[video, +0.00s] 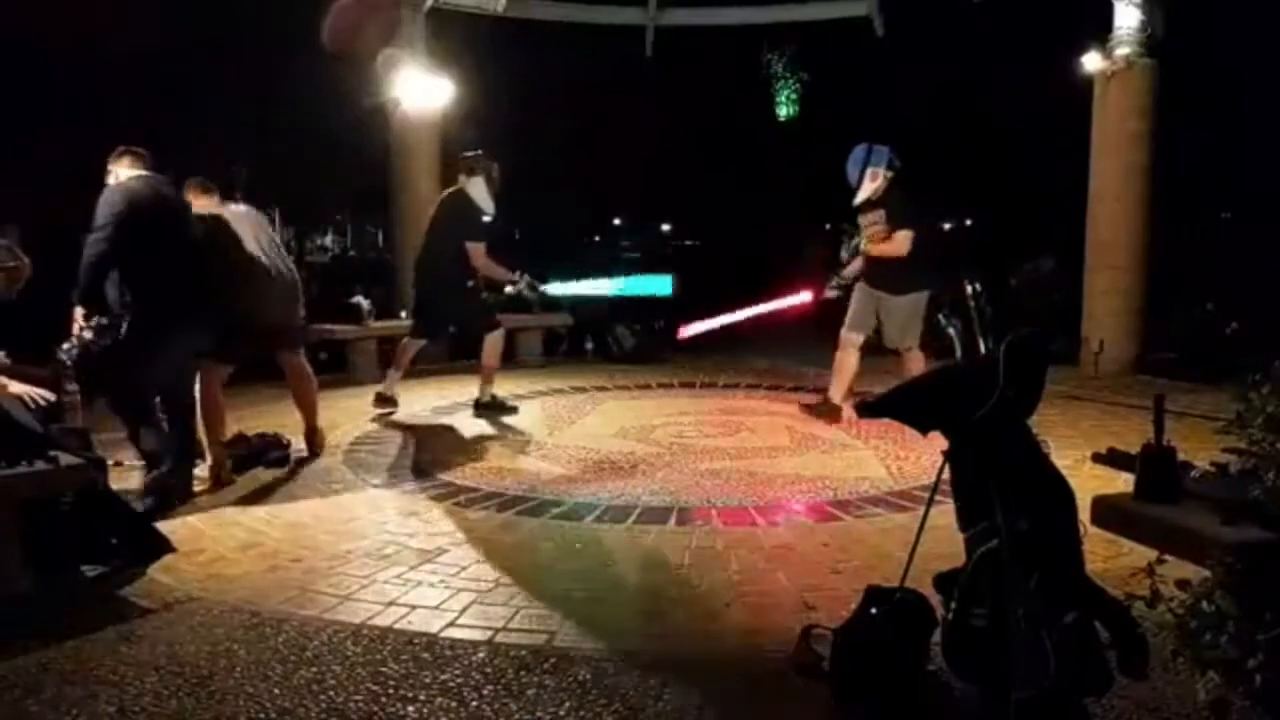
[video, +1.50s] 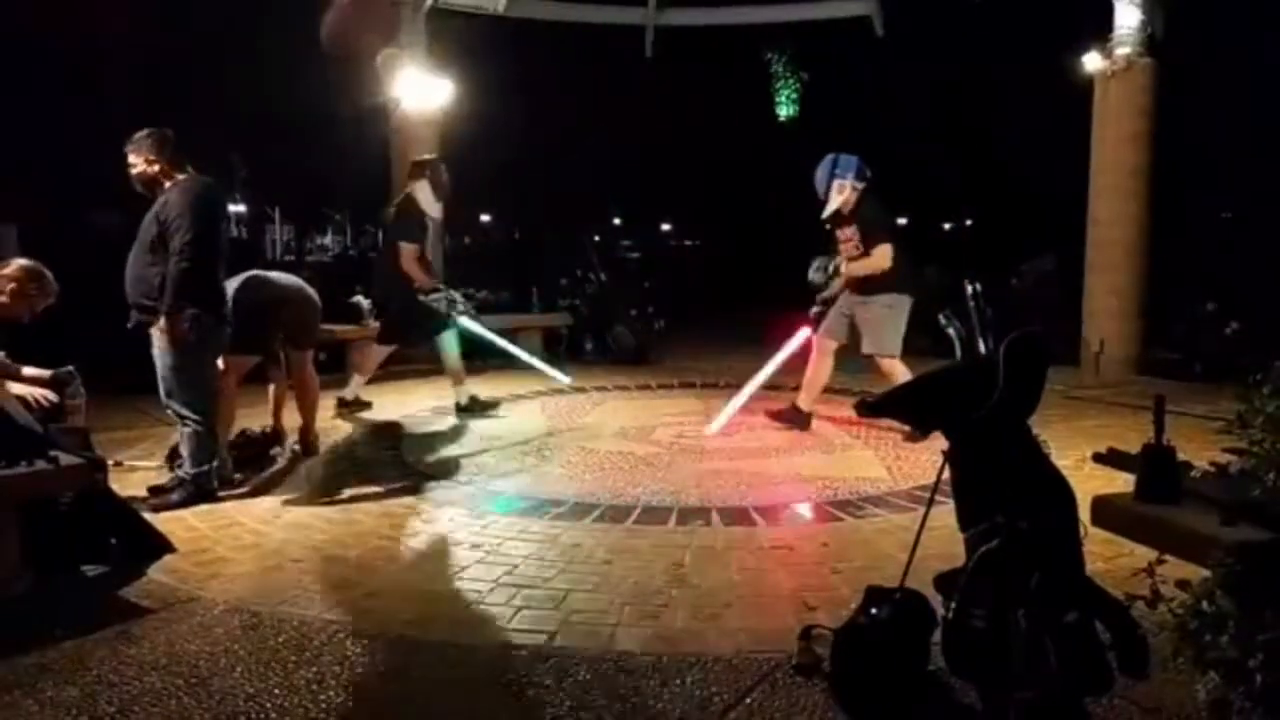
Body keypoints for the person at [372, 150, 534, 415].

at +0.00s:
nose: (494, 185)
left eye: (493, 179)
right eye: (492, 179)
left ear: (465, 176)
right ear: (481, 178)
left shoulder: (449, 199)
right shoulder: (471, 208)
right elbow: (479, 261)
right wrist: (513, 278)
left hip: (429, 281)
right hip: (453, 284)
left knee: (419, 333)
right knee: (493, 332)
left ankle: (387, 389)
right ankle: (486, 396)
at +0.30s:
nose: (475, 183)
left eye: (474, 176)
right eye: (470, 177)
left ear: (449, 180)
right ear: (456, 179)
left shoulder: (449, 208)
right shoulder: (437, 212)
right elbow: (436, 264)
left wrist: (458, 287)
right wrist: (463, 289)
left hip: (422, 288)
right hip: (426, 289)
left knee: (404, 340)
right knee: (477, 329)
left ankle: (365, 394)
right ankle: (484, 397)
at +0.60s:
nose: (449, 181)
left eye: (448, 174)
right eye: (445, 174)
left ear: (420, 174)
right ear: (433, 174)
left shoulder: (416, 201)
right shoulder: (414, 202)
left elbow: (425, 247)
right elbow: (424, 249)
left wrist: (448, 259)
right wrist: (455, 258)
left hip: (400, 283)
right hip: (407, 284)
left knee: (391, 337)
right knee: (450, 328)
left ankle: (361, 394)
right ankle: (461, 395)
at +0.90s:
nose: (460, 175)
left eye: (458, 170)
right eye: (455, 170)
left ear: (430, 174)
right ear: (443, 174)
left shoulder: (422, 202)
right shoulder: (431, 203)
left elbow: (447, 247)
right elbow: (450, 246)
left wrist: (486, 246)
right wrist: (488, 246)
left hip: (408, 285)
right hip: (426, 285)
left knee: (401, 336)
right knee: (469, 326)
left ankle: (364, 393)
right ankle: (468, 397)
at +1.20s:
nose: (476, 181)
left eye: (475, 174)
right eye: (472, 175)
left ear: (444, 174)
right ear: (459, 176)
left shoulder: (434, 200)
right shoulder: (443, 206)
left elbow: (452, 253)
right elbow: (454, 259)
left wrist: (483, 261)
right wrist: (487, 263)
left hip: (409, 280)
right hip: (425, 283)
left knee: (404, 331)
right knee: (466, 326)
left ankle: (366, 390)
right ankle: (467, 398)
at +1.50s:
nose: (447, 181)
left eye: (446, 175)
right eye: (442, 175)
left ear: (424, 177)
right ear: (429, 178)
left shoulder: (427, 204)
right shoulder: (410, 209)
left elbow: (421, 255)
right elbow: (407, 260)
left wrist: (437, 287)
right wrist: (433, 288)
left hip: (409, 286)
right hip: (404, 287)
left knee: (387, 339)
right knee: (445, 329)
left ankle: (349, 394)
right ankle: (463, 396)